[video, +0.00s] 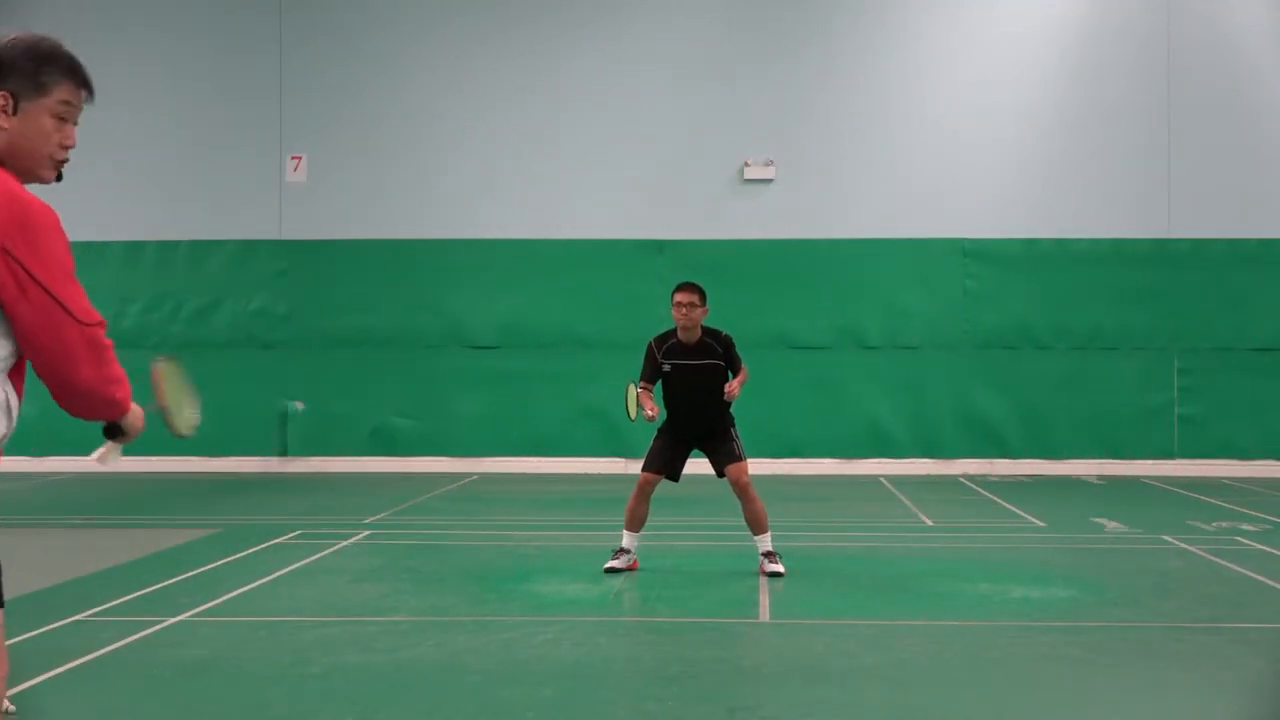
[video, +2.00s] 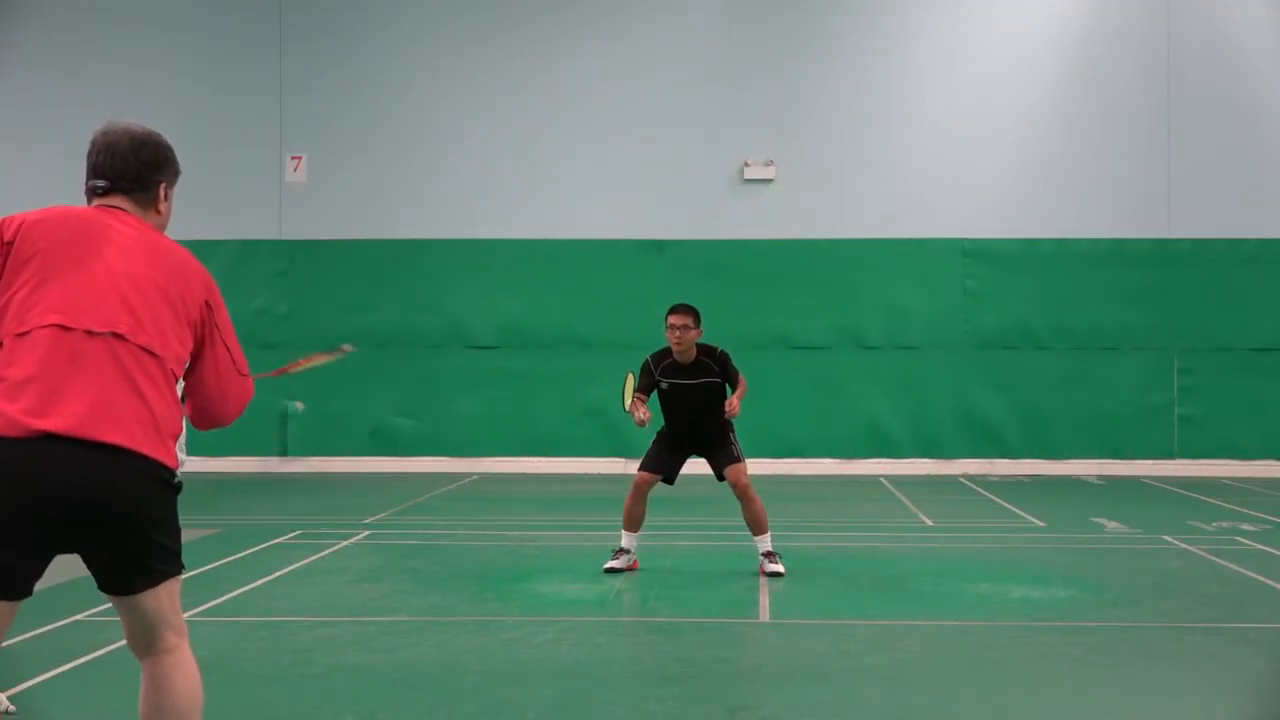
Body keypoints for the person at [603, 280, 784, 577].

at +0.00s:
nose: (684, 311)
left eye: (691, 306)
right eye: (679, 306)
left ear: (704, 311)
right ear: (672, 310)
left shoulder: (721, 342)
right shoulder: (659, 346)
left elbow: (741, 371)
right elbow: (645, 387)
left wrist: (736, 384)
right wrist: (649, 404)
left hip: (717, 425)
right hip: (676, 426)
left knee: (742, 482)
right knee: (645, 482)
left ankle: (767, 552)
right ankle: (627, 551)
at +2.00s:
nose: (677, 334)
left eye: (684, 328)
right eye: (672, 328)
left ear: (697, 332)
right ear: (666, 331)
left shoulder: (716, 358)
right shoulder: (656, 363)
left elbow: (740, 382)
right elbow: (638, 398)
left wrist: (737, 398)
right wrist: (640, 412)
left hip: (716, 434)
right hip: (674, 435)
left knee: (741, 484)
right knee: (640, 483)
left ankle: (767, 553)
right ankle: (626, 551)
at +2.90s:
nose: (661, 311)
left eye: (671, 309)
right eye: (660, 306)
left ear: (684, 322)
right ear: (653, 312)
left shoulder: (696, 354)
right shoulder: (639, 352)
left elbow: (721, 387)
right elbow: (622, 392)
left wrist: (722, 404)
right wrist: (604, 412)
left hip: (696, 431)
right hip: (658, 431)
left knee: (718, 488)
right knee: (635, 481)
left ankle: (762, 548)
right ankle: (620, 553)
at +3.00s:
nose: (652, 301)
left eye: (661, 300)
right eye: (652, 296)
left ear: (675, 314)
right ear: (647, 303)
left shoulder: (687, 347)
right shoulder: (634, 342)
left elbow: (714, 382)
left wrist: (711, 398)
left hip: (690, 422)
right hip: (654, 423)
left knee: (693, 478)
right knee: (628, 476)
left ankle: (730, 550)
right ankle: (615, 549)